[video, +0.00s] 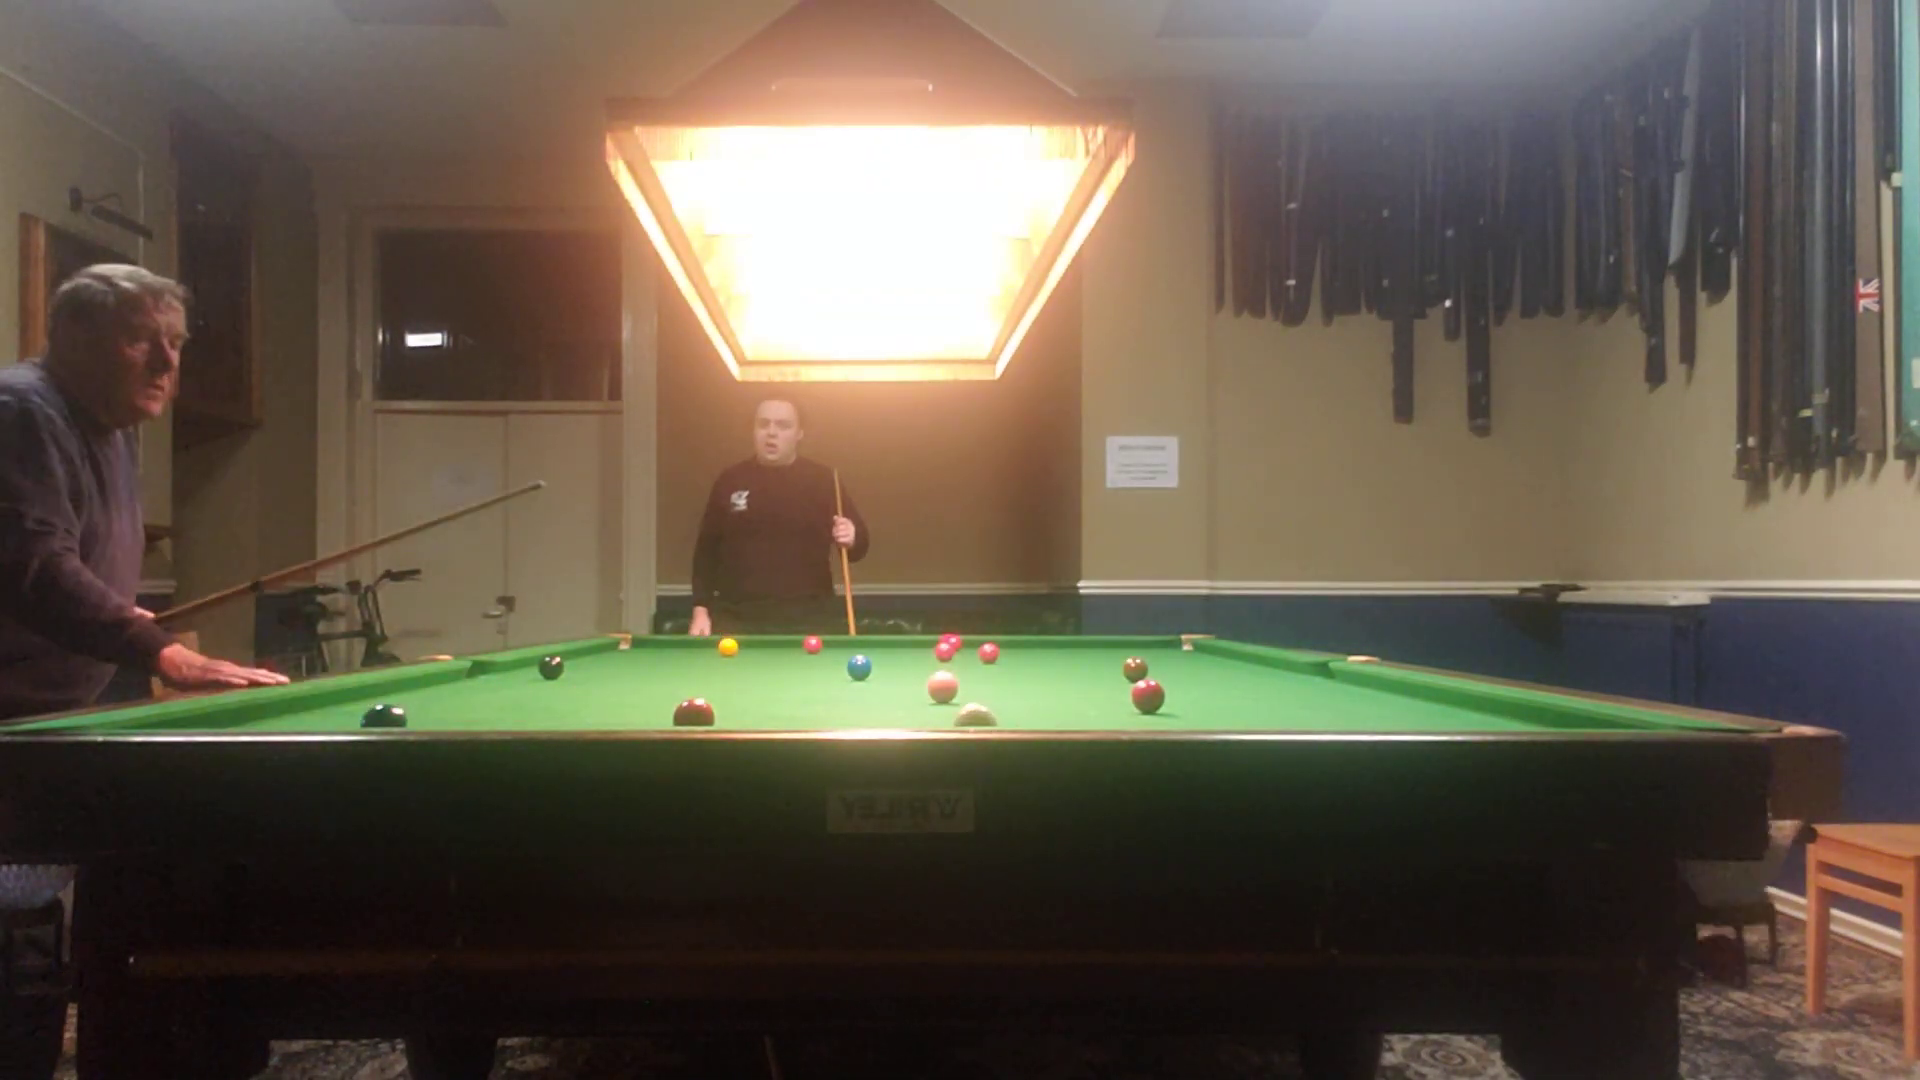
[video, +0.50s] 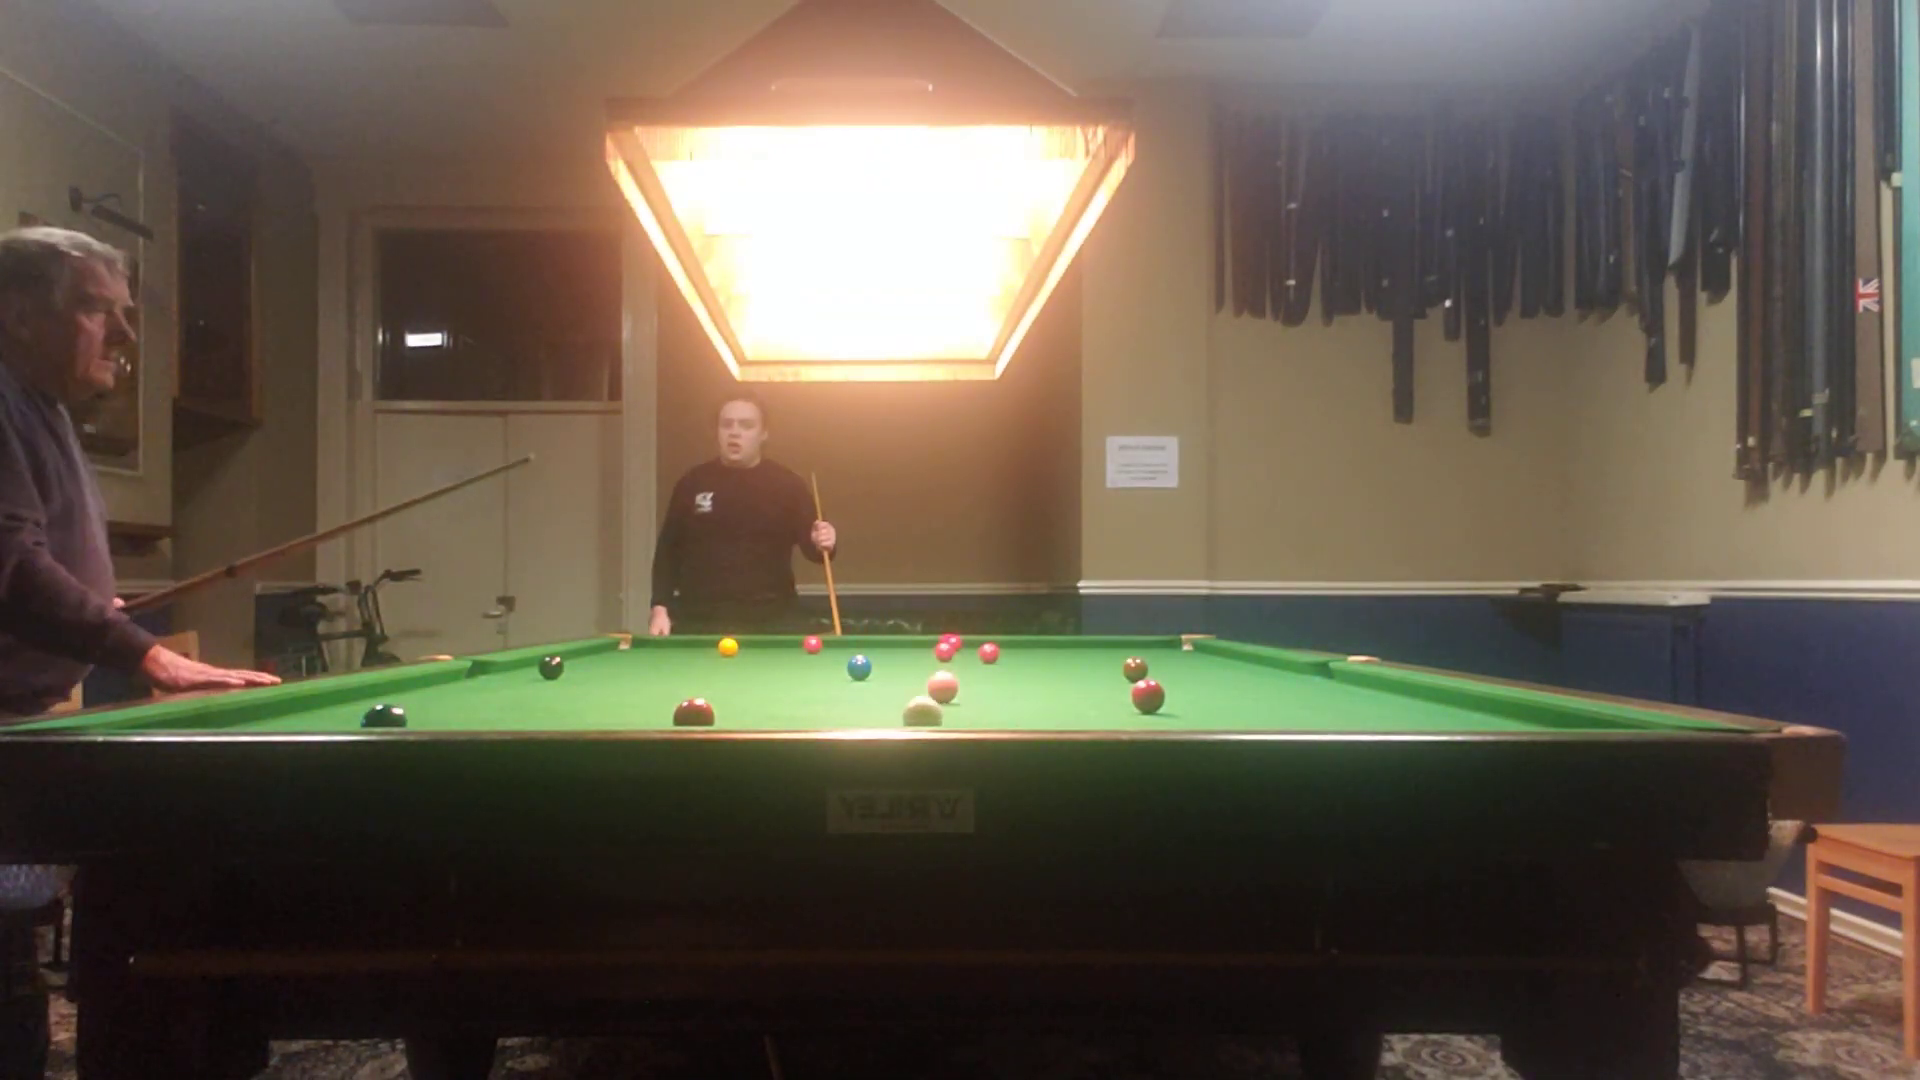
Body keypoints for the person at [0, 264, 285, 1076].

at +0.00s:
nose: (169, 362)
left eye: (176, 345)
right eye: (150, 343)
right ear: (85, 343)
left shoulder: (110, 432)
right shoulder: (22, 410)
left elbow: (100, 580)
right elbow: (31, 564)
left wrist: (160, 657)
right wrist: (160, 648)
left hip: (78, 726)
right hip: (13, 730)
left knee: (58, 929)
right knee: (22, 934)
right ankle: (27, 1064)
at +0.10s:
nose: (157, 362)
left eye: (162, 347)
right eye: (139, 342)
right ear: (71, 339)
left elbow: (99, 569)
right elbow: (35, 561)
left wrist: (147, 656)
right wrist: (164, 649)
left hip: (79, 720)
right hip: (16, 723)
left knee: (62, 917)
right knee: (25, 922)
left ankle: (61, 1055)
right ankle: (31, 1060)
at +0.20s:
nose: (158, 356)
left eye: (159, 336)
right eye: (130, 333)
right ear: (59, 338)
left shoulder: (90, 423)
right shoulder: (13, 410)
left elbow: (92, 565)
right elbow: (36, 564)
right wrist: (168, 655)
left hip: (58, 712)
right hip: (9, 719)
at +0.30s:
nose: (151, 350)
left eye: (151, 329)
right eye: (124, 326)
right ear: (51, 333)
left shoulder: (74, 423)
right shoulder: (10, 411)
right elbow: (27, 564)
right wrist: (160, 655)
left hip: (53, 713)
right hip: (8, 721)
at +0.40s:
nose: (137, 341)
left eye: (136, 322)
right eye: (112, 319)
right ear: (38, 324)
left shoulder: (63, 422)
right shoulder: (10, 413)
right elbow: (21, 567)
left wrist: (109, 611)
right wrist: (154, 656)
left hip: (54, 710)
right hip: (12, 719)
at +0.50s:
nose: (124, 336)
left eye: (124, 318)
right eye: (103, 312)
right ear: (26, 316)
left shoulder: (46, 417)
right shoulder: (8, 410)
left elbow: (61, 574)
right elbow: (16, 561)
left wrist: (161, 658)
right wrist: (149, 654)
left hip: (48, 719)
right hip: (14, 723)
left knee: (30, 916)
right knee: (16, 919)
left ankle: (29, 1054)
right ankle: (23, 1058)